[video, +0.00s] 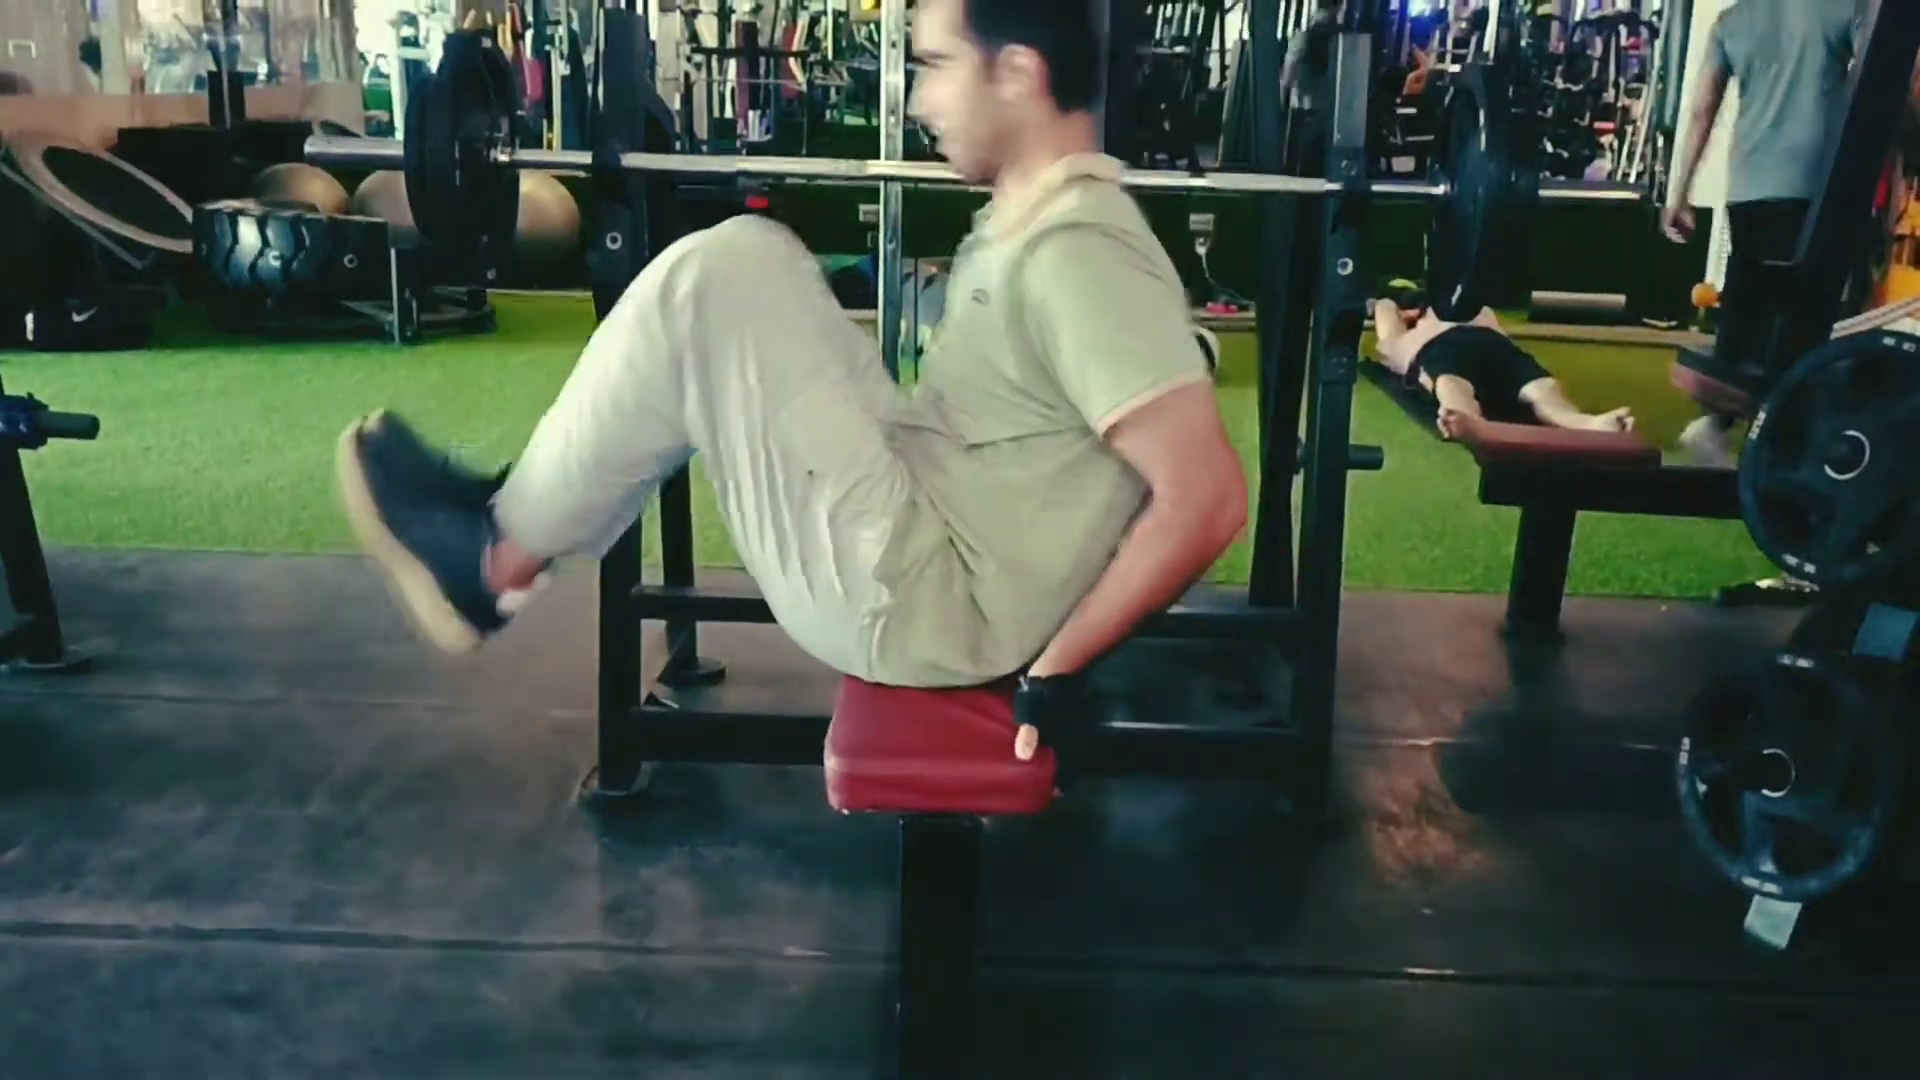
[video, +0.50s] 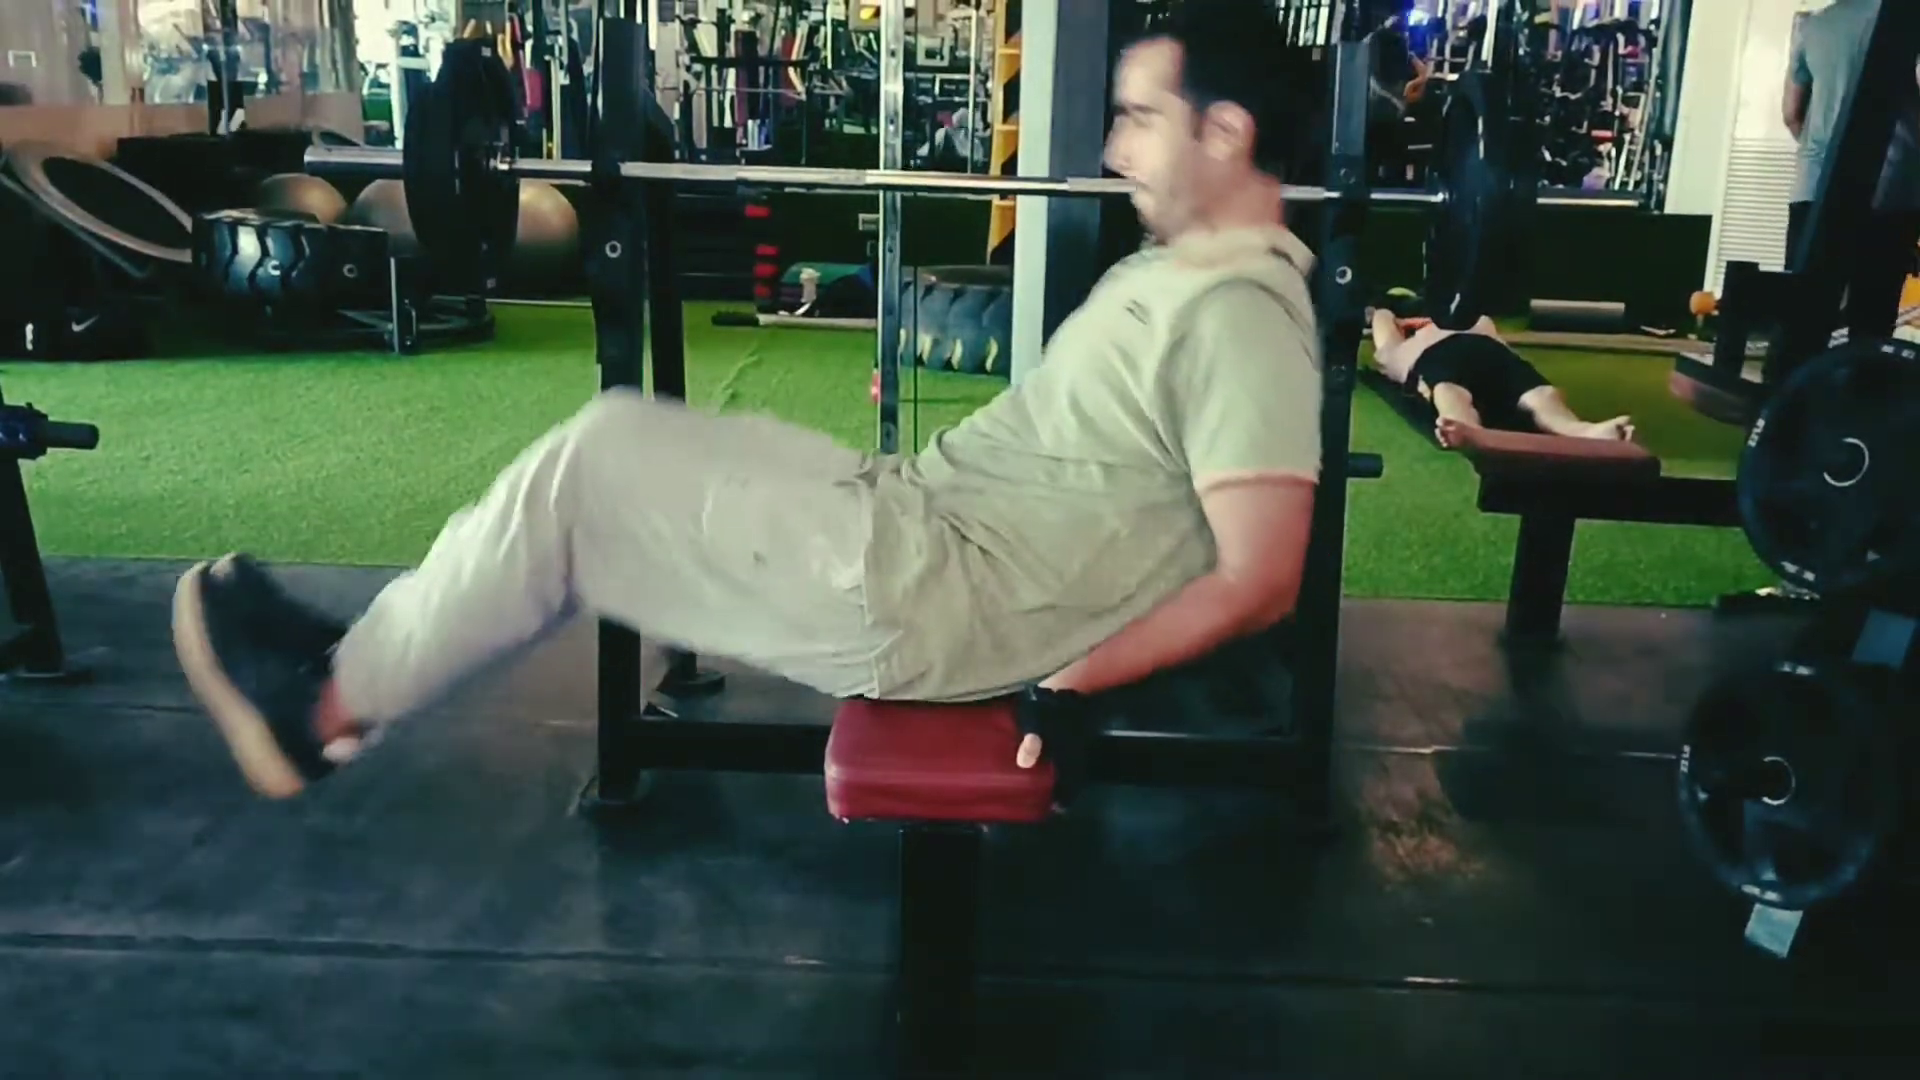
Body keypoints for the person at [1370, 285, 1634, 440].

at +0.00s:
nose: (1414, 311)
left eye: (1418, 308)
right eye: (1410, 309)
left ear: (1419, 313)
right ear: (1400, 317)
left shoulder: (1456, 320)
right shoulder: (1393, 342)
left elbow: (1490, 318)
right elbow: (1382, 304)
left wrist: (1440, 308)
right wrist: (1404, 313)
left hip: (1494, 340)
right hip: (1444, 347)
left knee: (1543, 388)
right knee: (1453, 383)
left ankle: (1588, 424)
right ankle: (1466, 420)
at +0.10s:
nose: (1410, 317)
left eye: (1410, 313)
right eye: (1408, 314)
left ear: (1410, 318)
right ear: (1404, 319)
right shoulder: (1391, 346)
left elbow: (1490, 322)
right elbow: (1381, 307)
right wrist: (1404, 317)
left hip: (1498, 347)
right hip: (1445, 353)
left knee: (1545, 392)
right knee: (1453, 388)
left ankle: (1589, 427)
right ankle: (1465, 424)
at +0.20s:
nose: (1412, 319)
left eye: (1416, 316)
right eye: (1408, 317)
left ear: (1418, 319)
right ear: (1400, 322)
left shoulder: (1461, 324)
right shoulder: (1393, 350)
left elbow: (1490, 324)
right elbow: (1381, 309)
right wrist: (1405, 321)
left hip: (1496, 347)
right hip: (1444, 356)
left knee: (1544, 393)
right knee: (1453, 389)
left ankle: (1589, 428)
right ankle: (1464, 426)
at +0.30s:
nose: (1409, 322)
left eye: (1412, 319)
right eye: (1407, 319)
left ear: (1414, 322)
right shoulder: (1393, 350)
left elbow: (1489, 325)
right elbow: (1380, 312)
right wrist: (1402, 321)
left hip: (1495, 349)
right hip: (1443, 357)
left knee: (1543, 392)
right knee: (1452, 390)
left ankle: (1584, 428)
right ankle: (1464, 426)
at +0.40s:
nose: (1415, 321)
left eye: (1419, 319)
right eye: (1410, 320)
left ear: (1424, 324)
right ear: (1400, 326)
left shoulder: (1463, 331)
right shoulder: (1393, 351)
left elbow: (1486, 323)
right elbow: (1379, 312)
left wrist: (1444, 321)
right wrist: (1402, 324)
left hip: (1495, 350)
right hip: (1443, 358)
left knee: (1544, 394)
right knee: (1453, 392)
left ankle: (1584, 429)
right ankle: (1464, 428)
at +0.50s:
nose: (1418, 324)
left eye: (1422, 322)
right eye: (1412, 324)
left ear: (1429, 328)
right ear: (1401, 331)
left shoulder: (1463, 333)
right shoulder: (1393, 353)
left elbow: (1486, 323)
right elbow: (1380, 314)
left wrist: (1444, 326)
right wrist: (1400, 325)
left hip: (1495, 351)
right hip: (1443, 358)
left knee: (1544, 394)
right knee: (1453, 392)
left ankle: (1584, 430)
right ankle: (1464, 429)